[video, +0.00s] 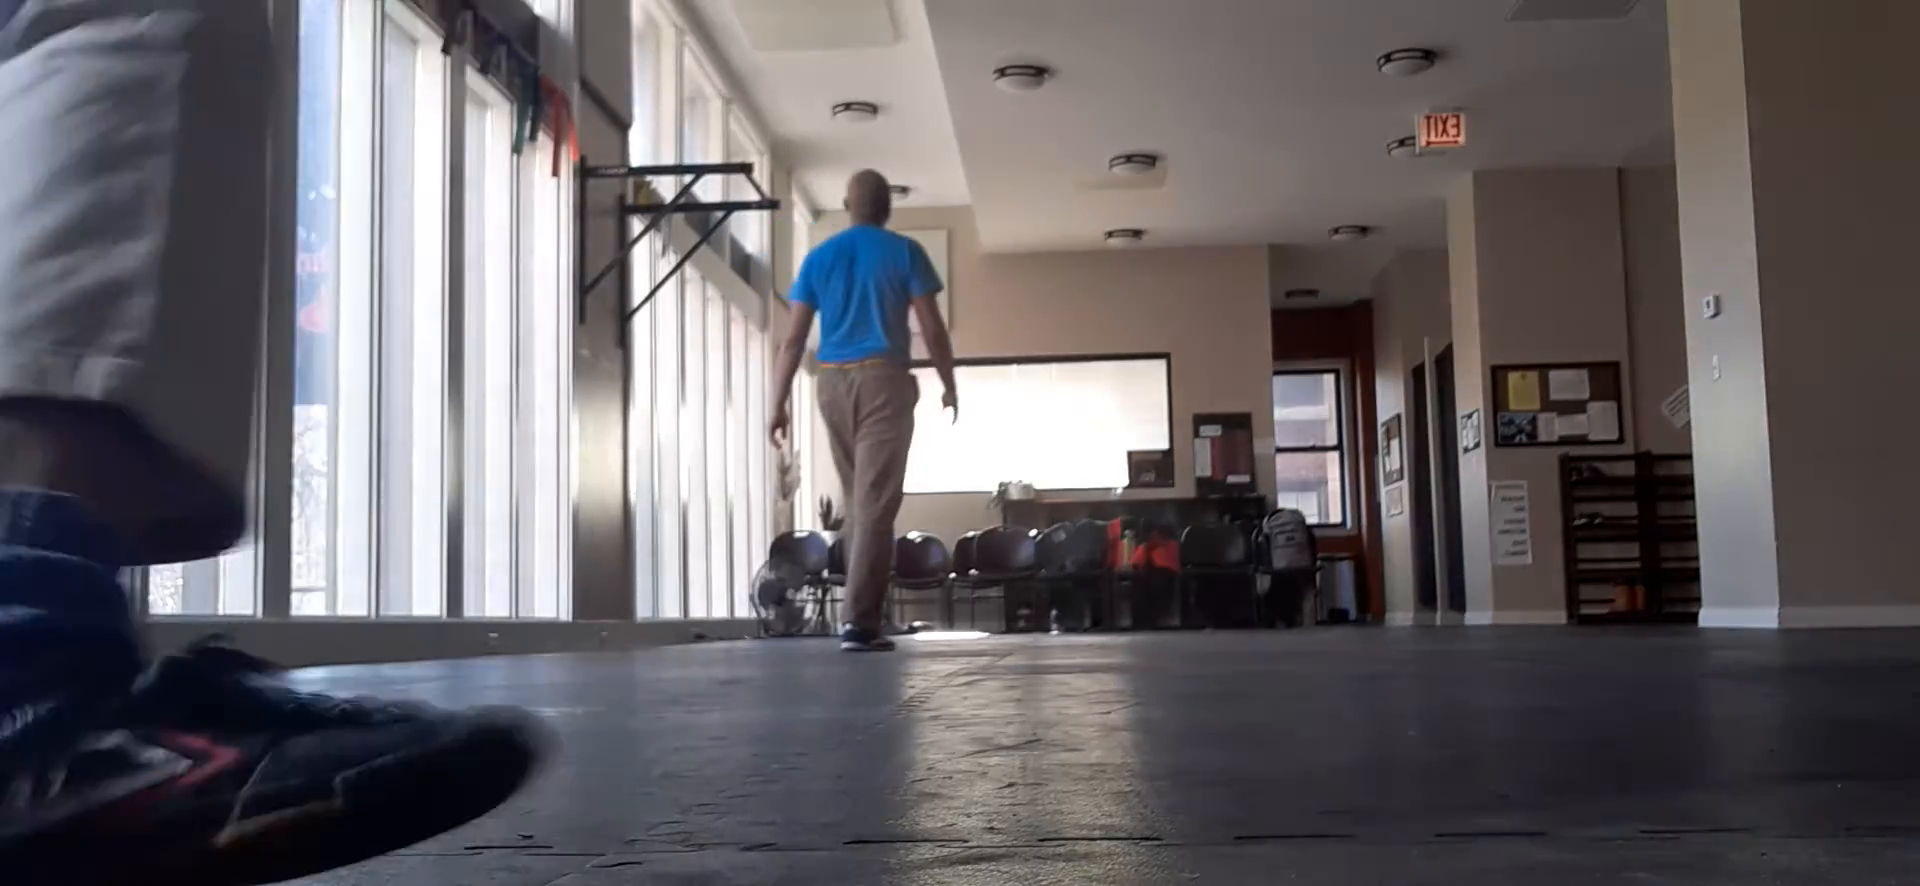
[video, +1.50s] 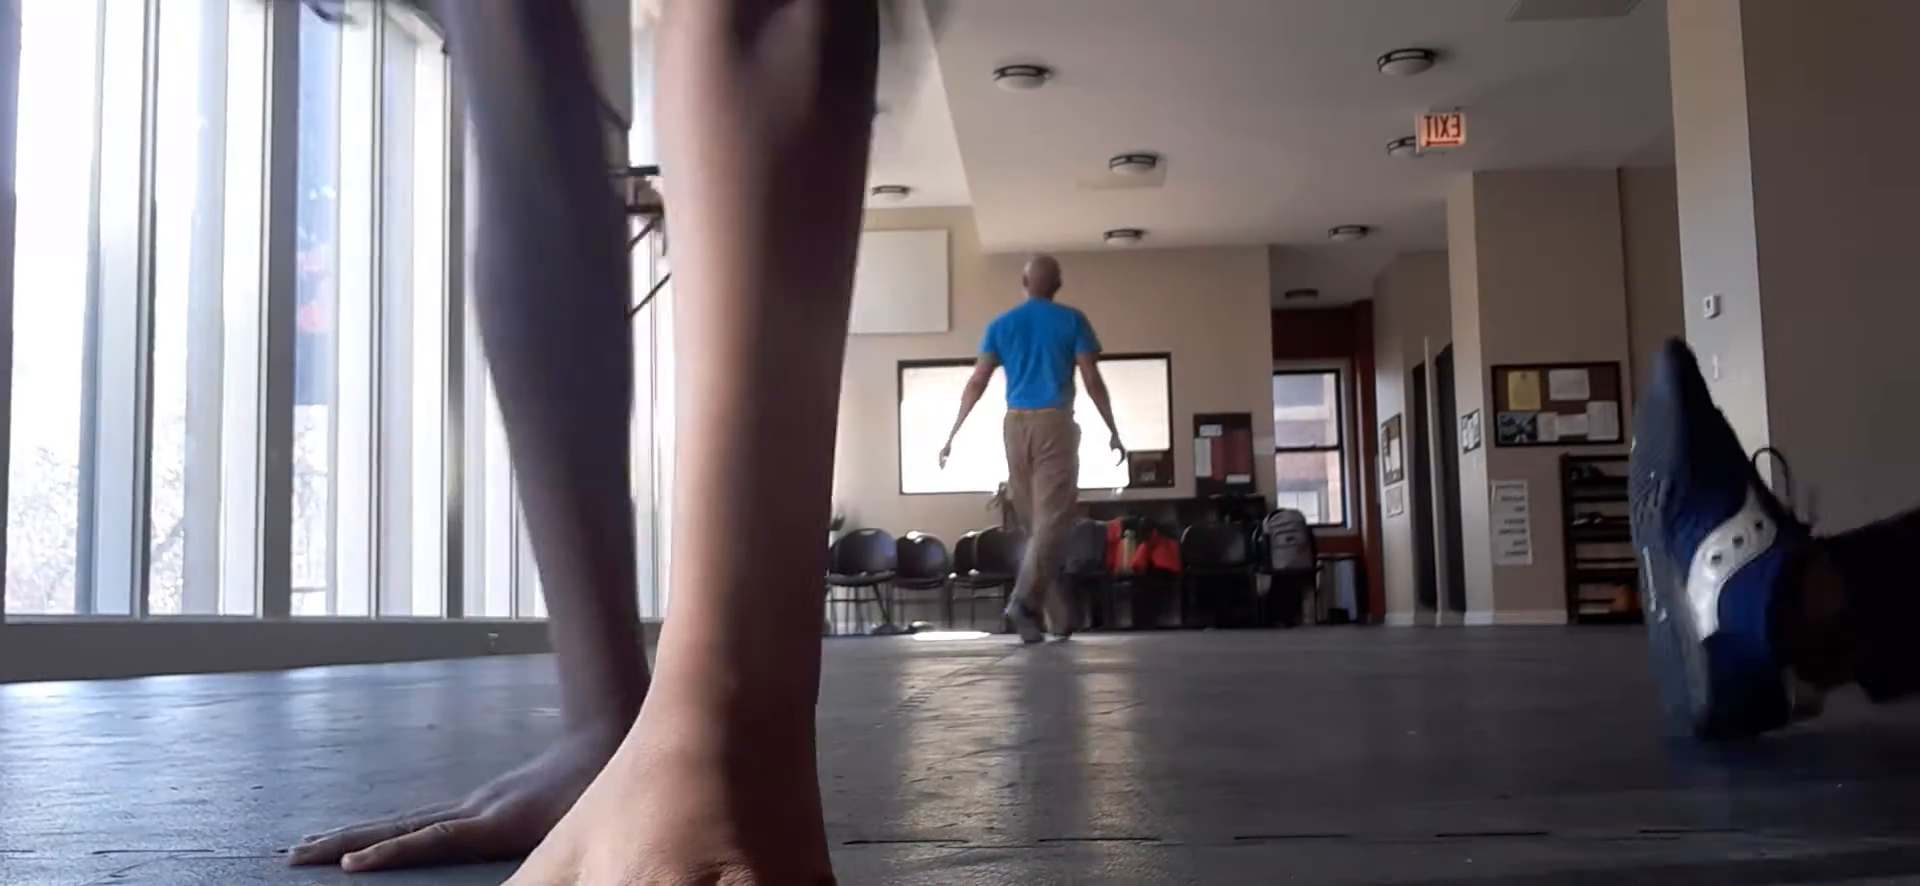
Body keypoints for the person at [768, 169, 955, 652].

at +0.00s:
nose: (858, 204)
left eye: (850, 200)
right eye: (883, 200)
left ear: (846, 208)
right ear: (888, 207)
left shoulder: (819, 256)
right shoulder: (904, 251)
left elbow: (793, 340)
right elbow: (932, 328)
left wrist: (777, 404)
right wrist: (949, 384)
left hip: (832, 384)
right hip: (885, 381)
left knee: (857, 497)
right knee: (875, 498)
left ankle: (872, 610)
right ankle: (859, 622)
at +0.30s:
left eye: (880, 216)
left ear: (878, 229)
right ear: (916, 228)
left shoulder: (852, 276)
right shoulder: (935, 267)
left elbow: (824, 351)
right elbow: (956, 340)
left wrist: (797, 414)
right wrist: (974, 398)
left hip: (864, 398)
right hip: (913, 397)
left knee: (891, 511)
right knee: (929, 503)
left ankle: (916, 621)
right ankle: (883, 586)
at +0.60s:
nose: (925, 240)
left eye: (919, 233)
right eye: (944, 237)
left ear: (914, 241)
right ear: (950, 243)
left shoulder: (887, 287)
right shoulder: (963, 280)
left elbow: (882, 362)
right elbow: (982, 347)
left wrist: (908, 390)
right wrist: (1012, 408)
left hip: (898, 401)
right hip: (951, 401)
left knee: (908, 512)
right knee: (974, 506)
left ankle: (912, 625)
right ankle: (993, 617)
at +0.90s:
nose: (992, 262)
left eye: (974, 252)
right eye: (995, 256)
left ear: (961, 256)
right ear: (997, 259)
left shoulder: (934, 303)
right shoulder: (1008, 298)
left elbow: (932, 377)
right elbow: (1024, 366)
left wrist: (956, 406)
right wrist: (1047, 422)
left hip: (955, 414)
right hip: (1003, 411)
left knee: (953, 511)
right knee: (1012, 514)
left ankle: (923, 602)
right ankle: (1013, 616)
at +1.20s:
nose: (1019, 268)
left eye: (1007, 261)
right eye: (1030, 263)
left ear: (999, 265)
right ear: (1034, 267)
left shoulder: (973, 308)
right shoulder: (1048, 302)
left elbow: (955, 377)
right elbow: (1070, 364)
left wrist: (942, 431)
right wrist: (1088, 412)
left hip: (988, 415)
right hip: (1031, 413)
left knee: (1003, 511)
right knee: (1025, 512)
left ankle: (1028, 608)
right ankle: (1011, 615)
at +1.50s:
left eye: (1028, 277)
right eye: (1056, 280)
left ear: (1024, 283)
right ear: (1057, 286)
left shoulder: (1002, 324)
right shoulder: (1072, 319)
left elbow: (977, 382)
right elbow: (1091, 378)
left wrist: (952, 434)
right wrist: (1112, 429)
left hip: (1014, 426)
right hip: (1055, 425)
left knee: (1033, 521)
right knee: (1051, 516)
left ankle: (1061, 618)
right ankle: (1022, 604)